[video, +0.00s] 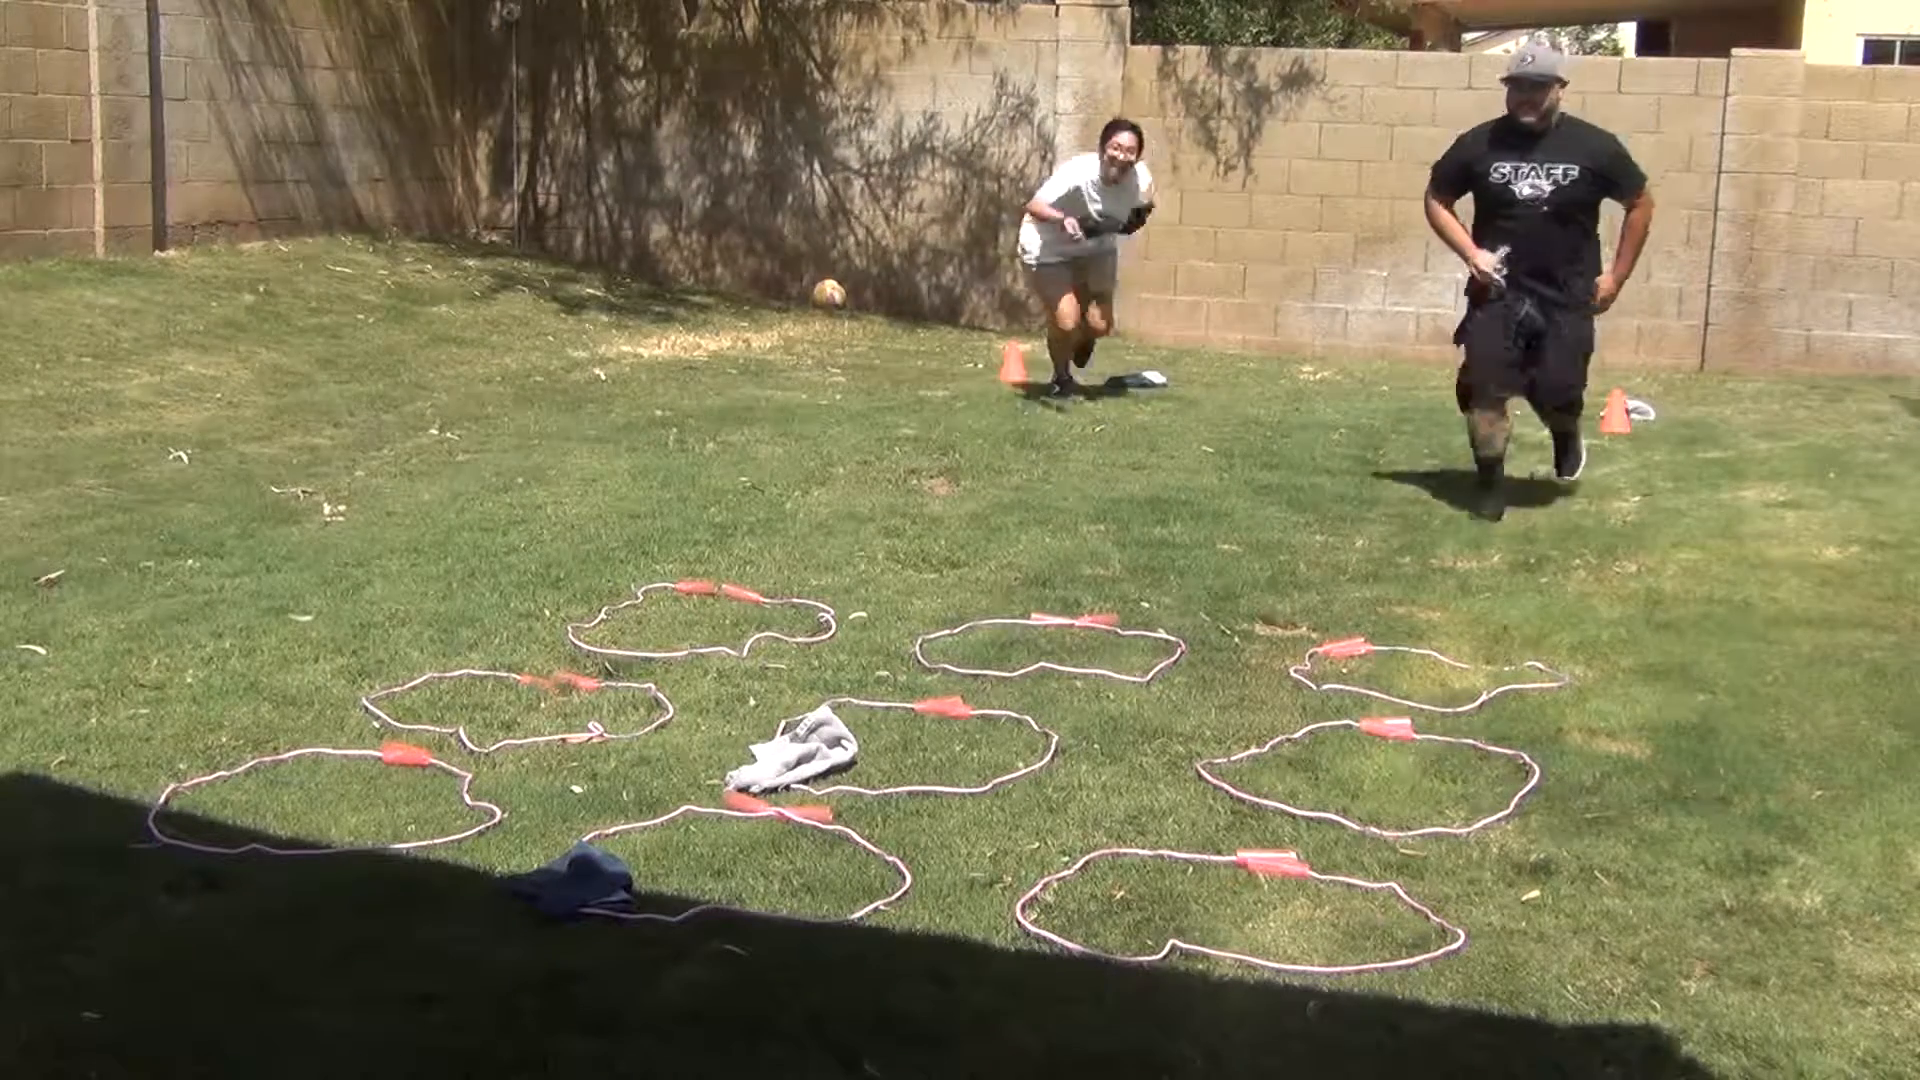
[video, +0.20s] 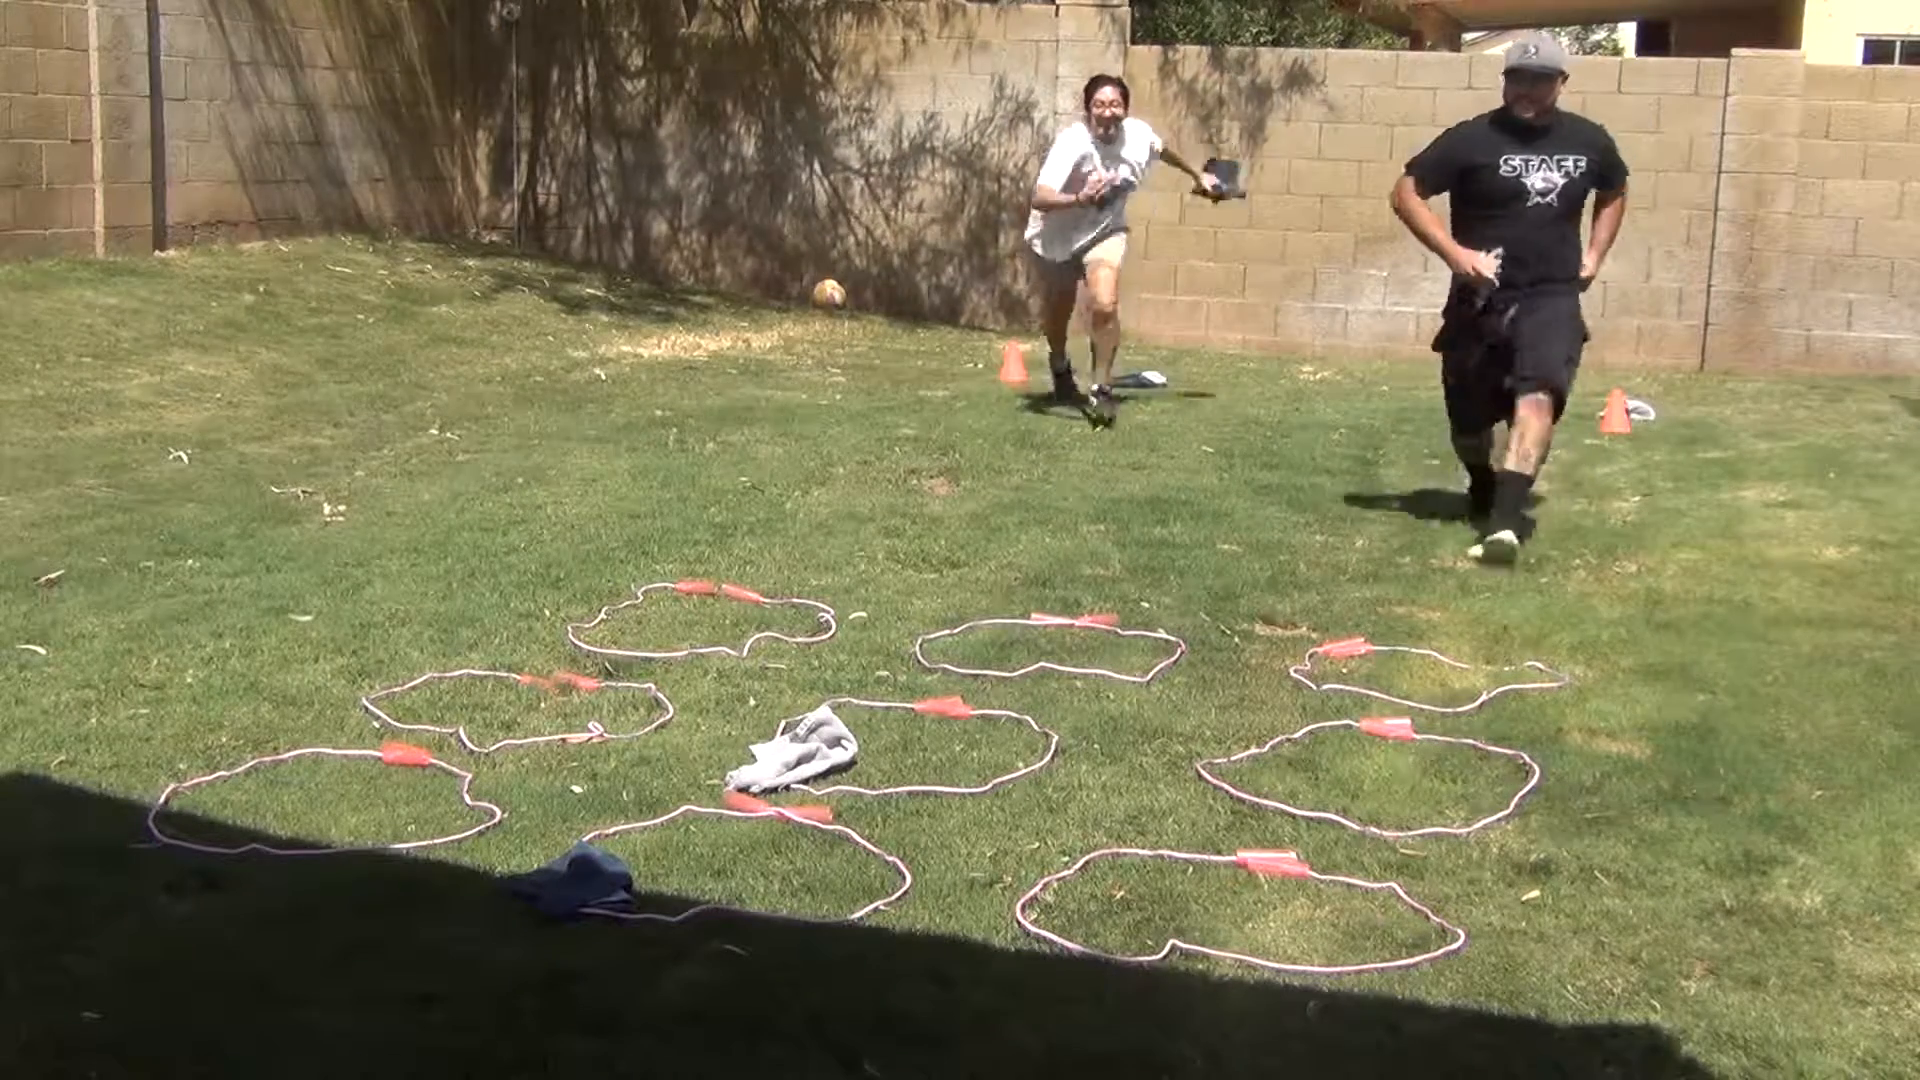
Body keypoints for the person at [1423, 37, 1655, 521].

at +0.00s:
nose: (1525, 97)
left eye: (1537, 88)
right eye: (1517, 86)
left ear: (1560, 90)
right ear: (1505, 87)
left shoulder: (1596, 147)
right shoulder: (1479, 145)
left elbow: (1641, 203)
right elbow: (1435, 202)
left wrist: (1616, 276)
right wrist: (1472, 254)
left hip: (1566, 298)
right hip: (1497, 293)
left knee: (1557, 396)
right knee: (1485, 390)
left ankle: (1565, 437)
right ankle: (1490, 487)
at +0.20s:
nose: (1526, 90)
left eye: (1539, 80)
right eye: (1518, 78)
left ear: (1561, 83)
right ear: (1503, 80)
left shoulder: (1589, 141)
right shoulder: (1469, 139)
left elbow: (1613, 193)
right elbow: (1404, 193)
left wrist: (1593, 259)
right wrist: (1455, 255)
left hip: (1550, 294)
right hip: (1477, 295)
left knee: (1537, 394)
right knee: (1468, 422)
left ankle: (1507, 519)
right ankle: (1482, 486)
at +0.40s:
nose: (1536, 110)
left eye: (1550, 100)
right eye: (1527, 97)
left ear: (1569, 101)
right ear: (1510, 94)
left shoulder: (1583, 165)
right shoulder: (1471, 151)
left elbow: (1586, 241)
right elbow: (1413, 229)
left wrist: (1566, 301)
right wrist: (1432, 301)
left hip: (1539, 322)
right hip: (1466, 316)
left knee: (1529, 436)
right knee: (1448, 436)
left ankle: (1487, 544)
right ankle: (1405, 501)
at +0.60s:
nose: (1533, 140)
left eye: (1546, 130)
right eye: (1523, 128)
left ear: (1564, 125)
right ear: (1501, 114)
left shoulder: (1560, 167)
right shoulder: (1462, 168)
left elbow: (1530, 253)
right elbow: (1426, 265)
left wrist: (1520, 321)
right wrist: (1441, 336)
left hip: (1517, 335)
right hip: (1458, 333)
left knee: (1563, 457)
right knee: (1459, 449)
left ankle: (1482, 539)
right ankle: (1408, 580)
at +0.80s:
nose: (1570, 205)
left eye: (1579, 196)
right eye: (1562, 193)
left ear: (1590, 180)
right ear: (1529, 169)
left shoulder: (1530, 207)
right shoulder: (1494, 219)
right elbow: (1457, 315)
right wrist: (1455, 408)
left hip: (1475, 351)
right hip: (1428, 358)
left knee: (1548, 457)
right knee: (1496, 473)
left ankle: (1429, 541)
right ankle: (1403, 596)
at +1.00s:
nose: (1627, 204)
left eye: (1633, 195)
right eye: (1630, 192)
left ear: (1589, 167)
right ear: (1605, 180)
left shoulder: (1532, 163)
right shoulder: (1539, 225)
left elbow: (1480, 162)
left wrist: (1456, 235)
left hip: (1442, 314)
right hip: (1423, 327)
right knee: (1489, 466)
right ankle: (1403, 593)